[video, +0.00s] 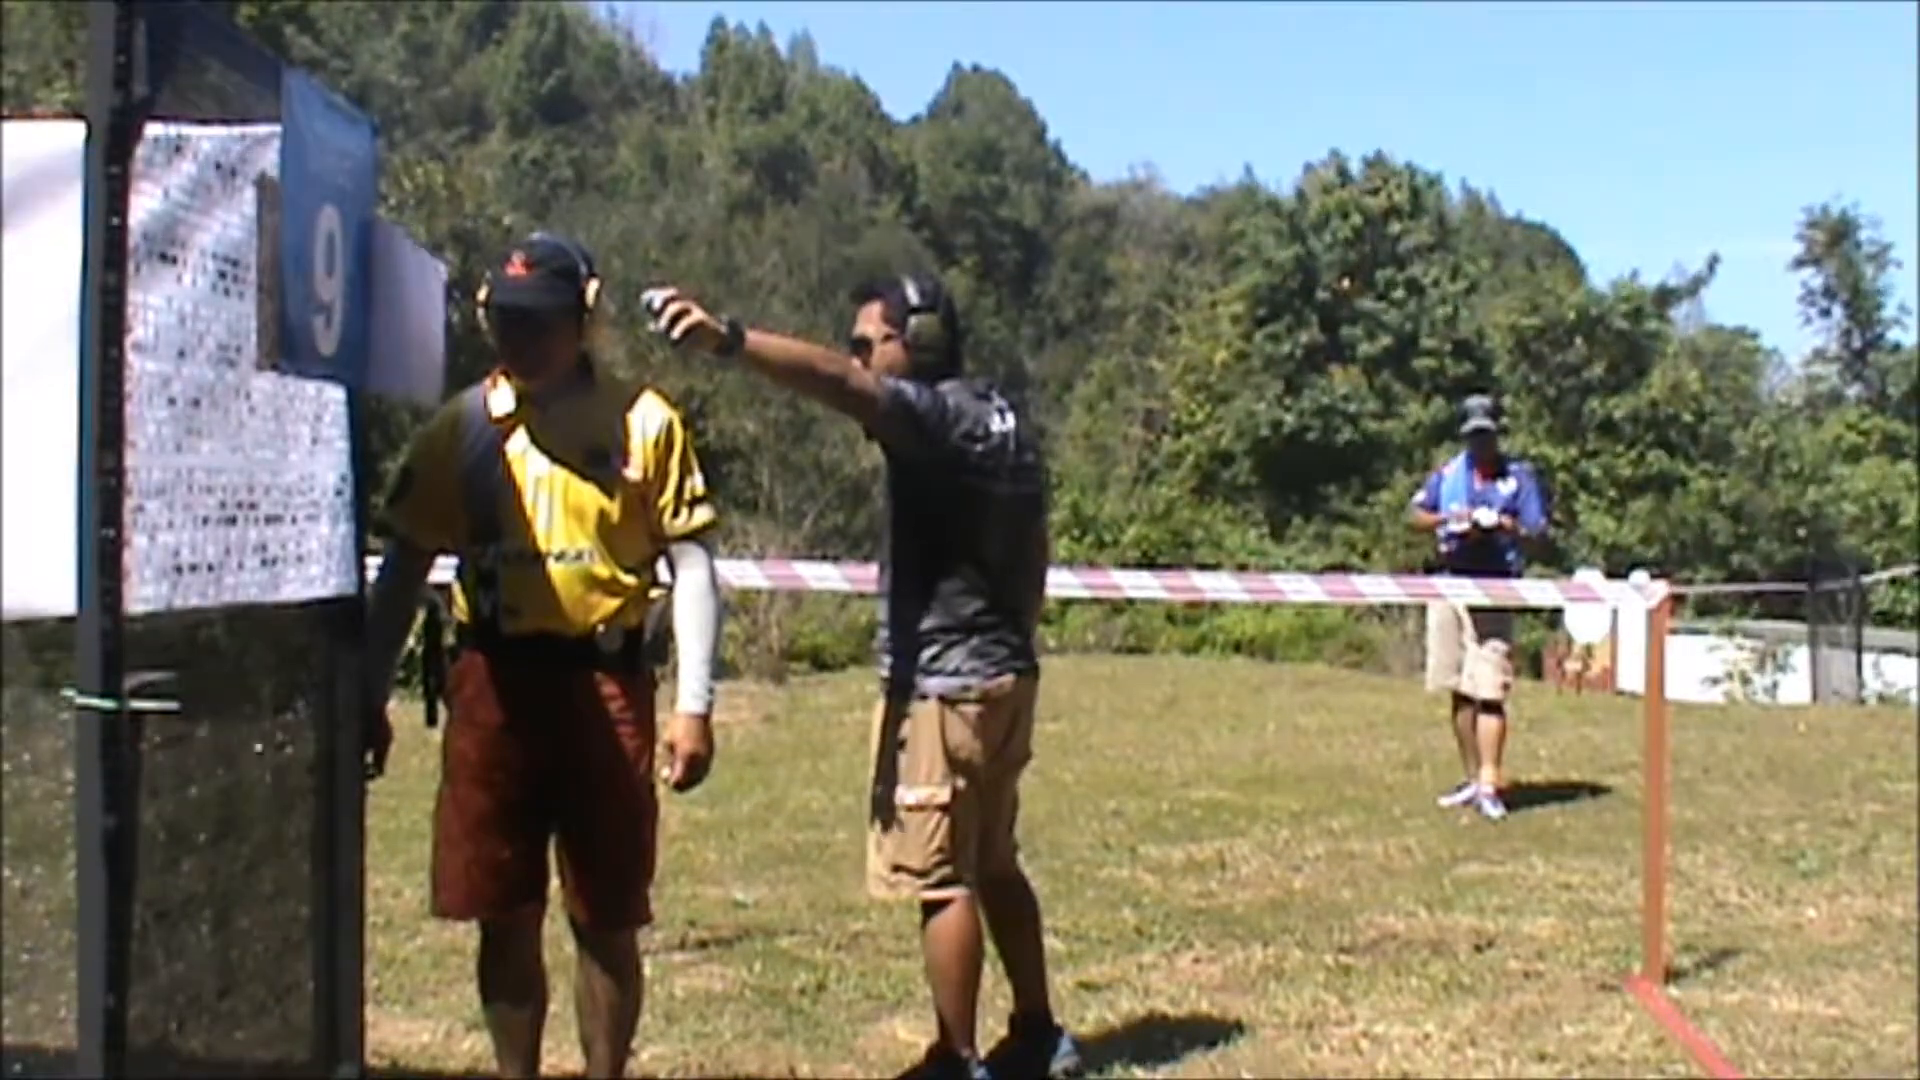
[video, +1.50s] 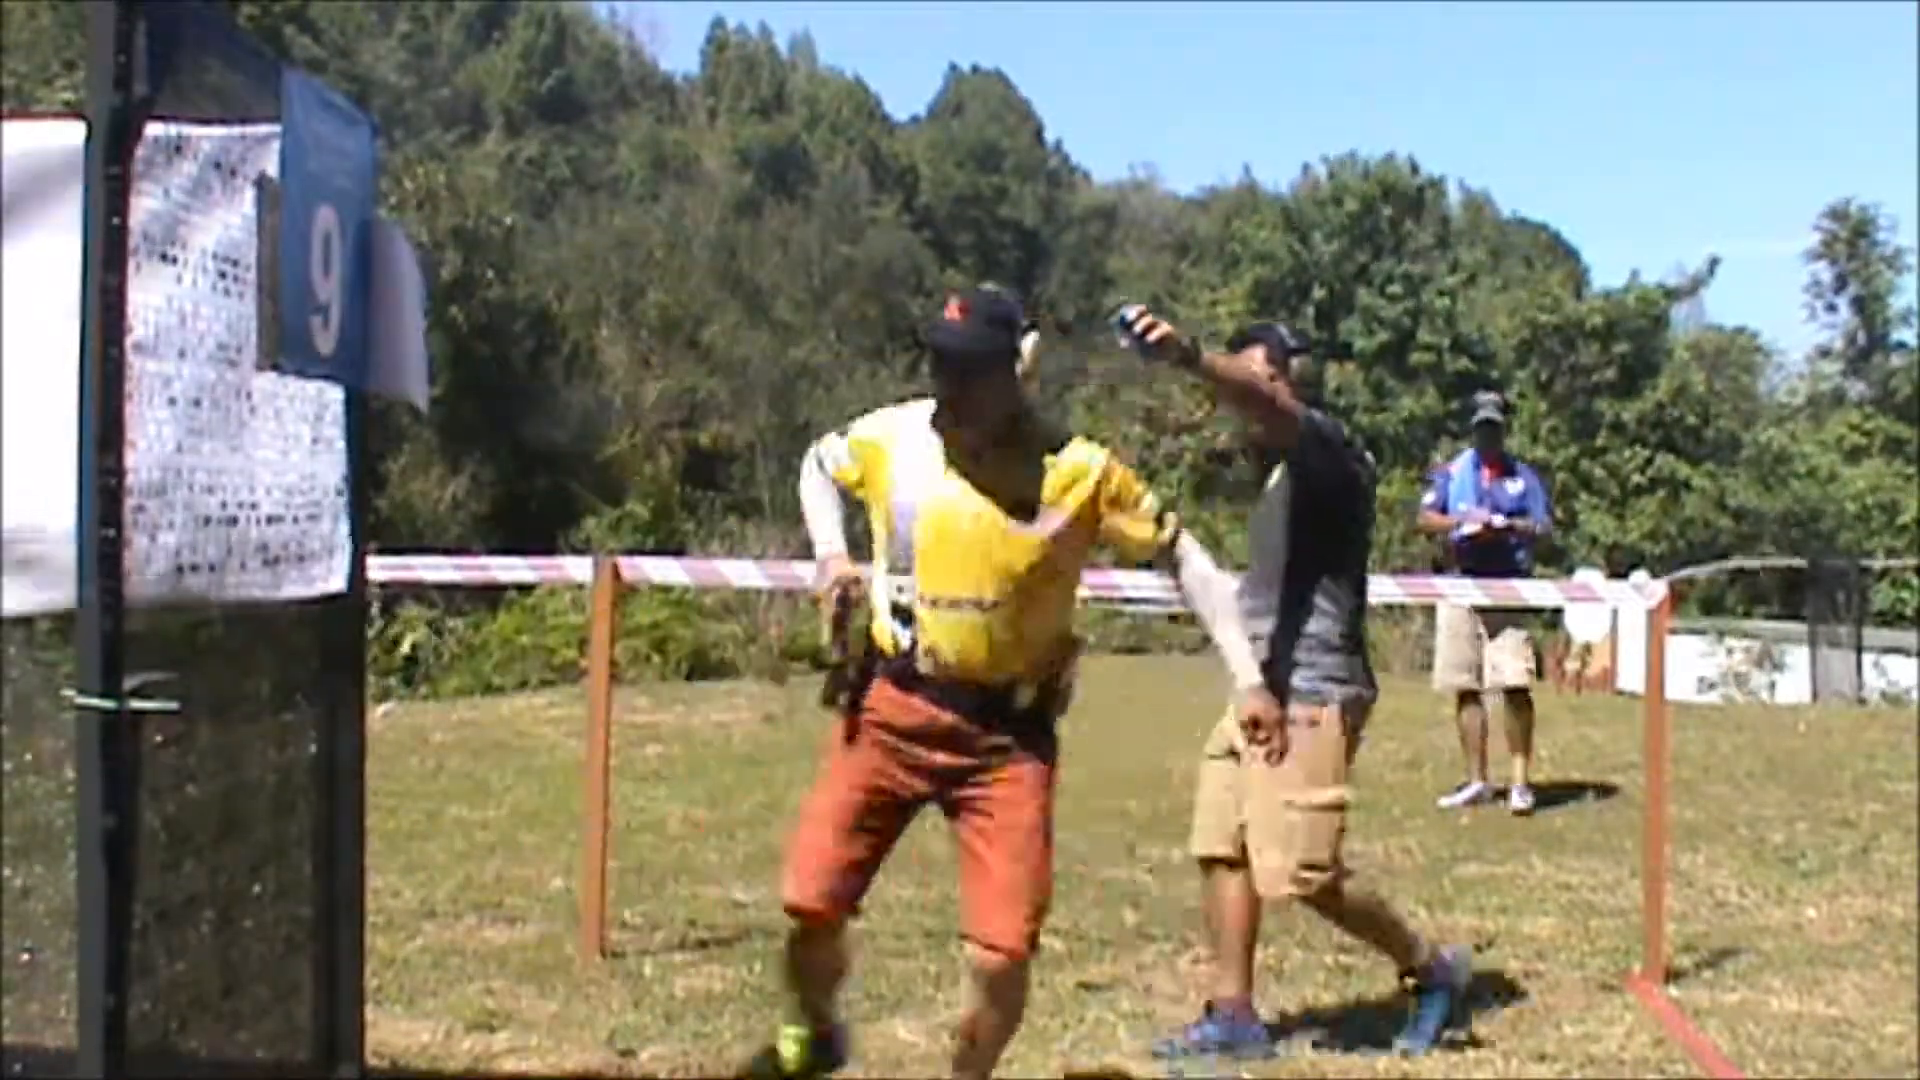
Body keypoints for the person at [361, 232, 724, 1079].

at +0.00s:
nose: (516, 339)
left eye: (536, 324)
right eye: (505, 321)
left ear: (583, 326)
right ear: (490, 320)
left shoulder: (645, 424)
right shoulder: (465, 426)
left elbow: (692, 564)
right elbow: (405, 565)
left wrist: (694, 701)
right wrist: (370, 694)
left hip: (605, 694)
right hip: (495, 694)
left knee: (606, 925)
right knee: (503, 917)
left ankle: (606, 1072)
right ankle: (517, 1072)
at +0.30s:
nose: (517, 339)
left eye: (537, 324)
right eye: (506, 321)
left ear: (584, 326)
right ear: (491, 319)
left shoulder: (645, 424)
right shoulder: (464, 425)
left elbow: (692, 564)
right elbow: (405, 564)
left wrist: (694, 701)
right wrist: (370, 696)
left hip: (605, 691)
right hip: (495, 692)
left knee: (606, 924)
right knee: (503, 915)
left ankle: (605, 1071)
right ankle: (517, 1072)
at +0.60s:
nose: (517, 339)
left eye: (537, 324)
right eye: (507, 321)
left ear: (586, 326)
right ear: (492, 318)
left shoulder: (648, 424)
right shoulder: (468, 427)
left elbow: (698, 566)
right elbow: (407, 569)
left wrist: (702, 700)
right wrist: (369, 698)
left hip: (609, 693)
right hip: (498, 693)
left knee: (607, 925)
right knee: (505, 915)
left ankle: (605, 1071)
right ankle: (517, 1072)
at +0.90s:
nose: (580, 433)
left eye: (595, 416)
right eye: (562, 416)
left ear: (624, 394)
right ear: (531, 394)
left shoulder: (671, 461)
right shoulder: (490, 432)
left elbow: (752, 583)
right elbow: (425, 475)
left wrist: (813, 718)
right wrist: (436, 583)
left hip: (645, 702)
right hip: (526, 698)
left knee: (724, 898)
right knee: (493, 922)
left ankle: (719, 1061)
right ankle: (509, 1072)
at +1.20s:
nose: (704, 512)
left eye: (712, 491)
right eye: (682, 500)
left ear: (726, 467)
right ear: (638, 485)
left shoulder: (772, 547)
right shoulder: (581, 514)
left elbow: (843, 644)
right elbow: (531, 551)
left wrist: (916, 759)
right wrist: (552, 665)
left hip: (736, 769)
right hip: (613, 763)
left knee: (850, 946)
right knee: (538, 957)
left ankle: (916, 1070)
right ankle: (525, 1071)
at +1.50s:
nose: (949, 387)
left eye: (970, 371)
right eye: (941, 367)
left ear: (1018, 373)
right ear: (930, 365)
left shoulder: (1083, 474)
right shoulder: (895, 436)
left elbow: (1189, 561)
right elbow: (820, 467)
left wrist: (1249, 681)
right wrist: (833, 553)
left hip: (1007, 742)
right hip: (889, 719)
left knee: (1001, 958)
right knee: (810, 905)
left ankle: (970, 1070)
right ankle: (816, 1038)